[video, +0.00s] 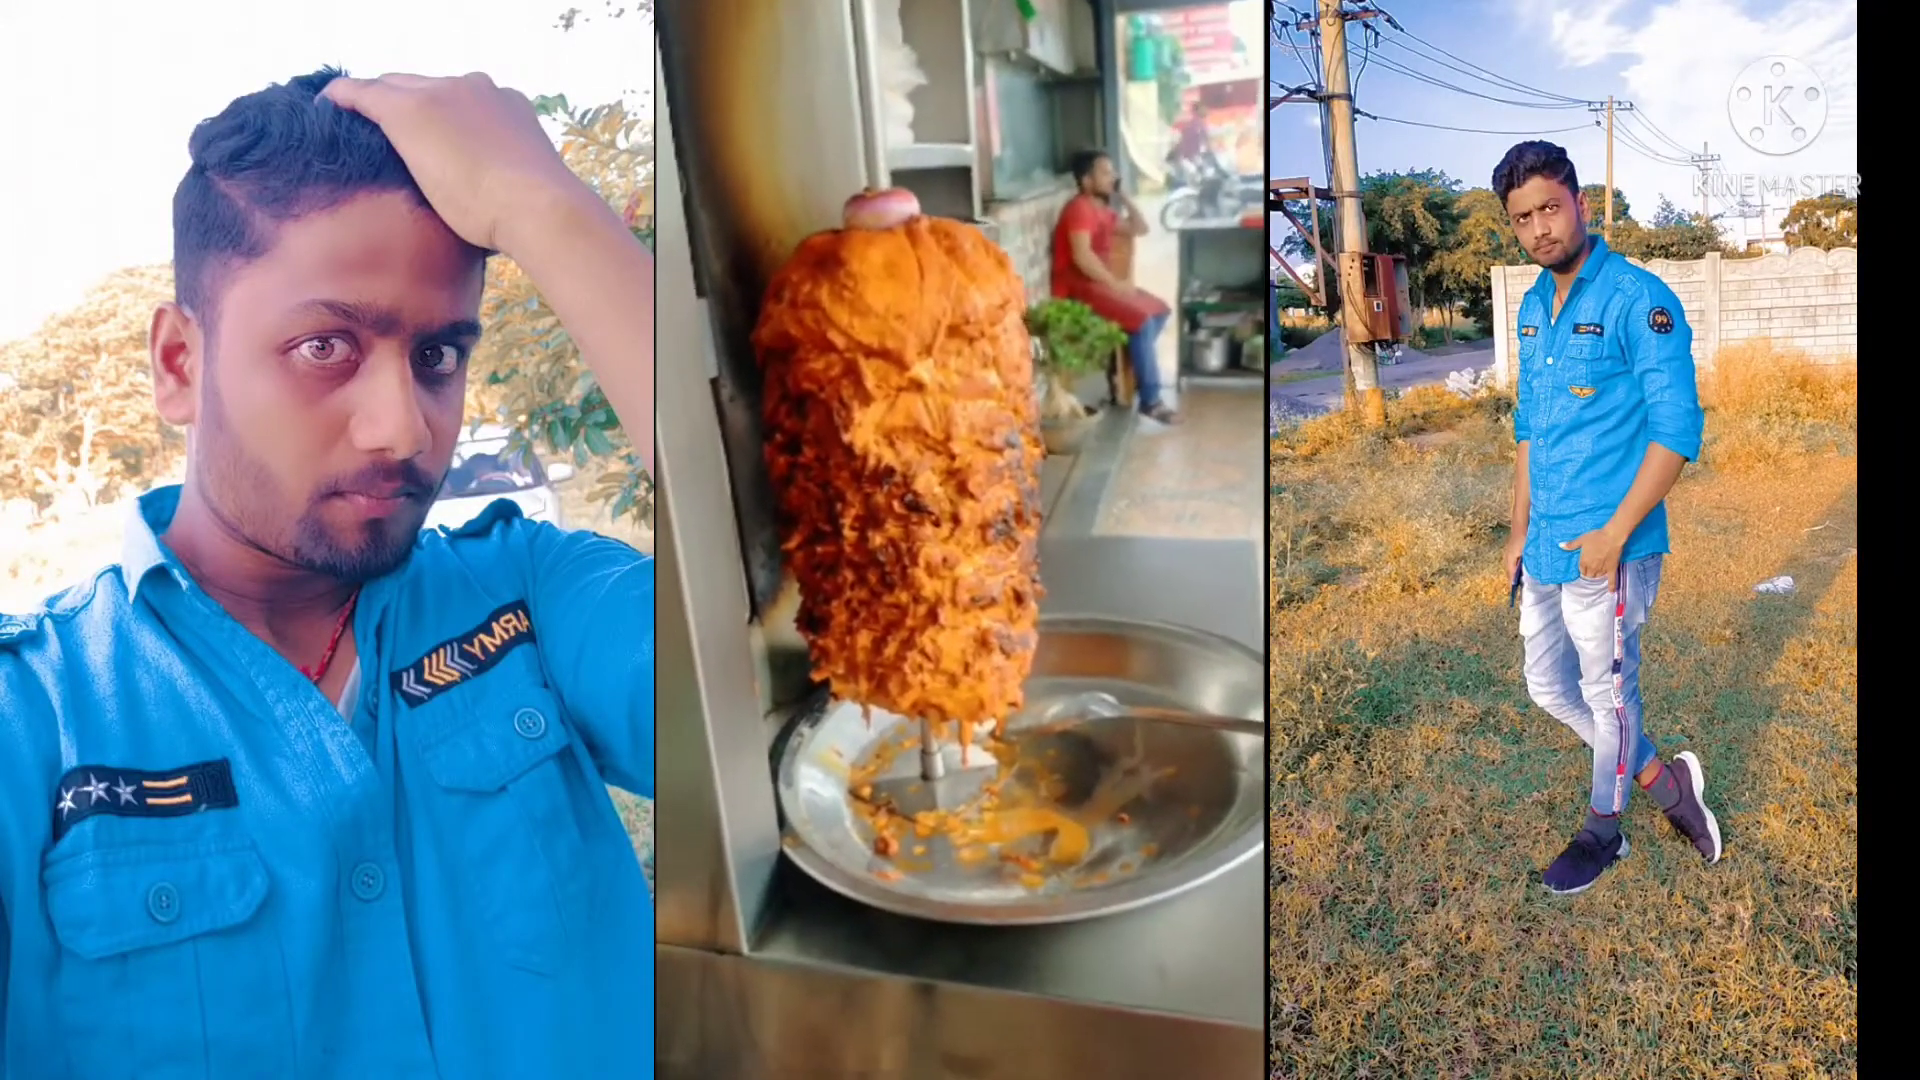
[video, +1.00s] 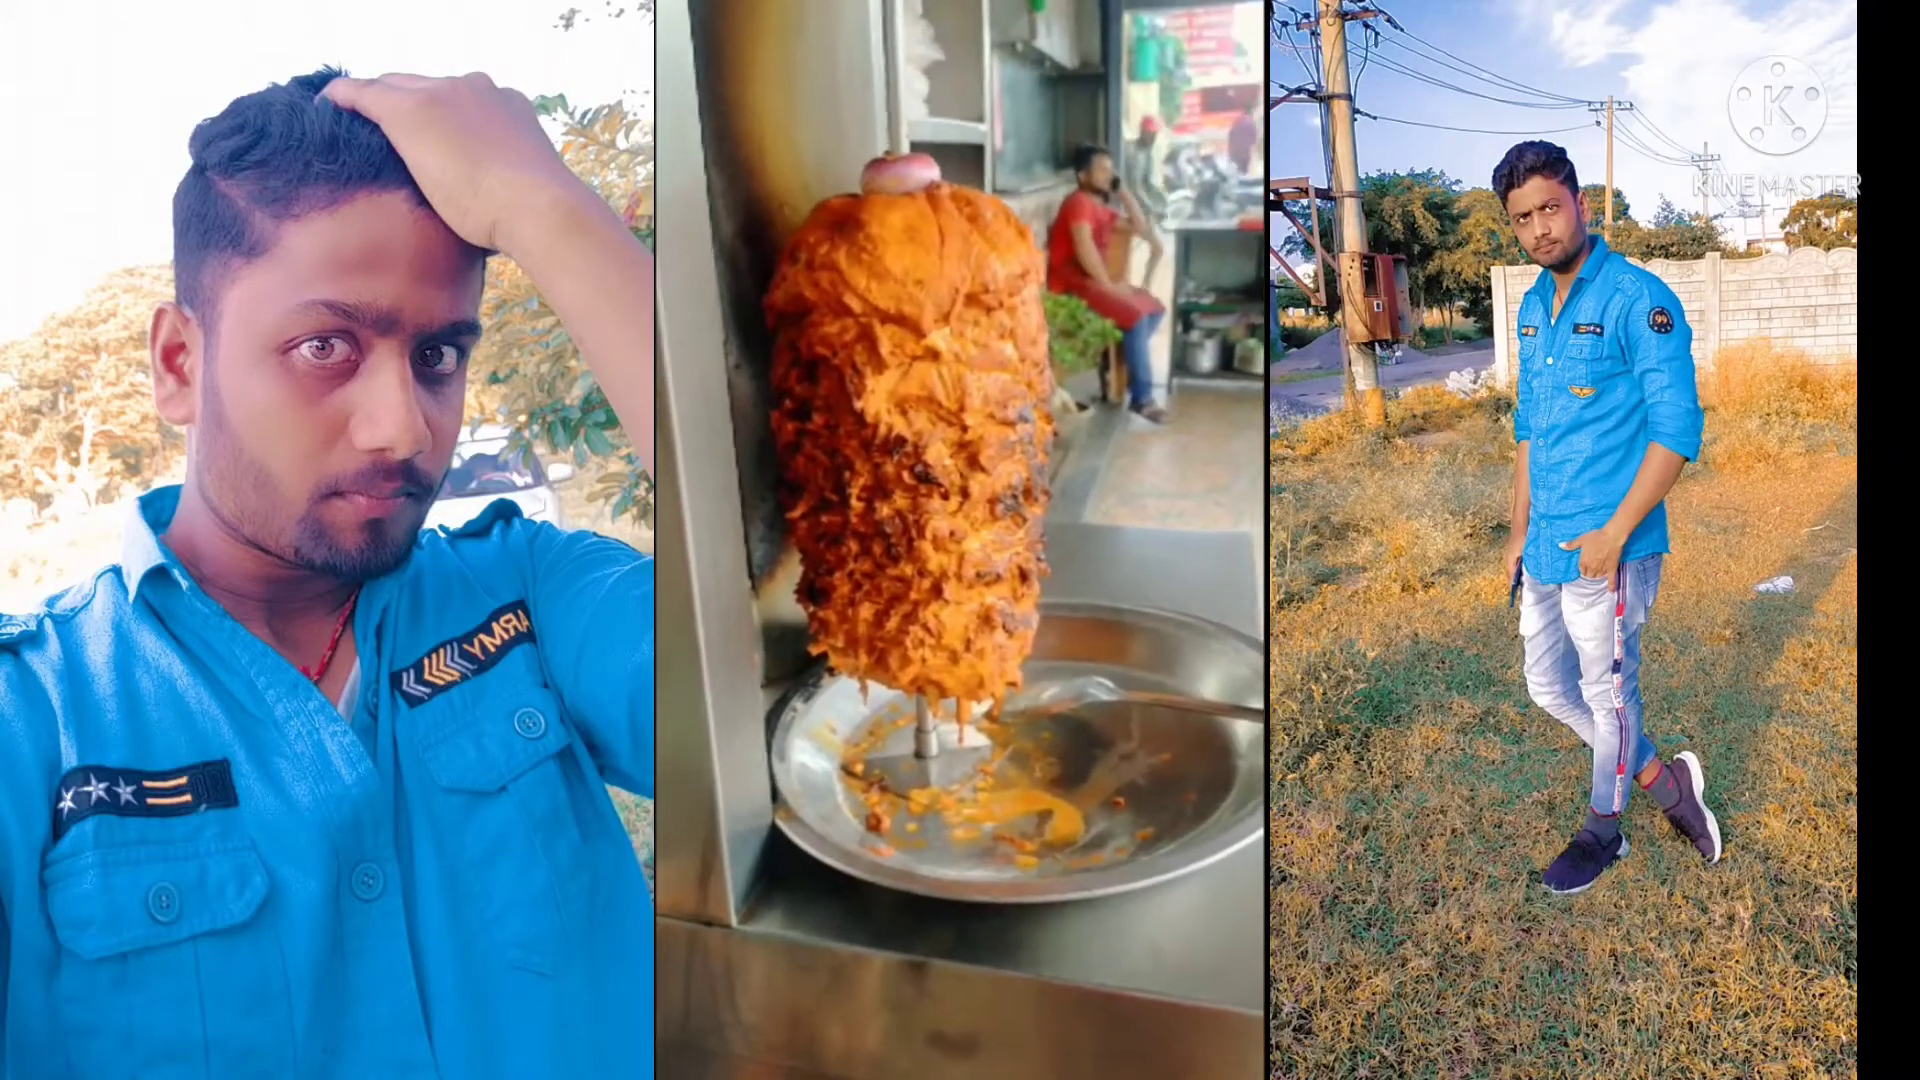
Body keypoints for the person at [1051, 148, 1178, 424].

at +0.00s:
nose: (1112, 178)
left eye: (1111, 172)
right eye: (1105, 173)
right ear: (1086, 180)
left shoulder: (1102, 210)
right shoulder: (1079, 208)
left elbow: (1139, 228)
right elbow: (1081, 256)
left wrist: (1123, 197)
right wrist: (1115, 283)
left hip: (1101, 282)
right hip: (1078, 287)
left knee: (1160, 311)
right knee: (1140, 321)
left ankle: (1120, 366)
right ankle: (1150, 401)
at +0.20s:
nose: (1110, 159)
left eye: (1110, 153)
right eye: (1104, 154)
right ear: (1084, 161)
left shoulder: (1101, 192)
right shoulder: (1077, 190)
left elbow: (1137, 213)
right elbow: (1080, 238)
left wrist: (1122, 182)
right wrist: (1110, 267)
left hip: (1098, 264)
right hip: (1074, 269)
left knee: (1156, 295)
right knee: (1135, 304)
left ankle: (1117, 352)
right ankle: (1145, 385)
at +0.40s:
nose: (1127, 145)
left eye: (1127, 138)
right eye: (1119, 139)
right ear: (1100, 146)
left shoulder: (1118, 177)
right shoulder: (1094, 175)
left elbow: (1155, 200)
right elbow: (1099, 223)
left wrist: (1140, 169)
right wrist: (1127, 253)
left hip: (1115, 249)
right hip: (1090, 255)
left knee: (1174, 281)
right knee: (1153, 291)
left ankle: (1134, 338)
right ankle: (1161, 372)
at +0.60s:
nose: (1128, 162)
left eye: (1127, 155)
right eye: (1120, 156)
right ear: (1101, 164)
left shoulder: (1120, 195)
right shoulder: (1096, 192)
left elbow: (1156, 217)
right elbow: (1093, 237)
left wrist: (1141, 186)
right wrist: (1127, 268)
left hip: (1116, 267)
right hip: (1092, 271)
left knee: (1174, 300)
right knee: (1153, 309)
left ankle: (1132, 352)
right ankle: (1162, 389)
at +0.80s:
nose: (1103, 181)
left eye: (1104, 175)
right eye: (1096, 175)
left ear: (1102, 180)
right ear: (1076, 182)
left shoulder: (1095, 212)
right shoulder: (1071, 209)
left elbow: (1132, 234)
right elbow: (1072, 254)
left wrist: (1116, 203)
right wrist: (1100, 287)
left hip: (1089, 283)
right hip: (1066, 287)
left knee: (1148, 317)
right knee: (1128, 324)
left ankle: (1106, 368)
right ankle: (1136, 405)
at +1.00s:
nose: (1109, 175)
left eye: (1110, 169)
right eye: (1102, 169)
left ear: (1109, 174)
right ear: (1083, 175)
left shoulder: (1102, 207)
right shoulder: (1078, 203)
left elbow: (1139, 227)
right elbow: (1083, 248)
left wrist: (1123, 193)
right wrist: (1107, 283)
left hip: (1094, 279)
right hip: (1072, 282)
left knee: (1155, 309)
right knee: (1134, 317)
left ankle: (1111, 361)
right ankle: (1142, 399)